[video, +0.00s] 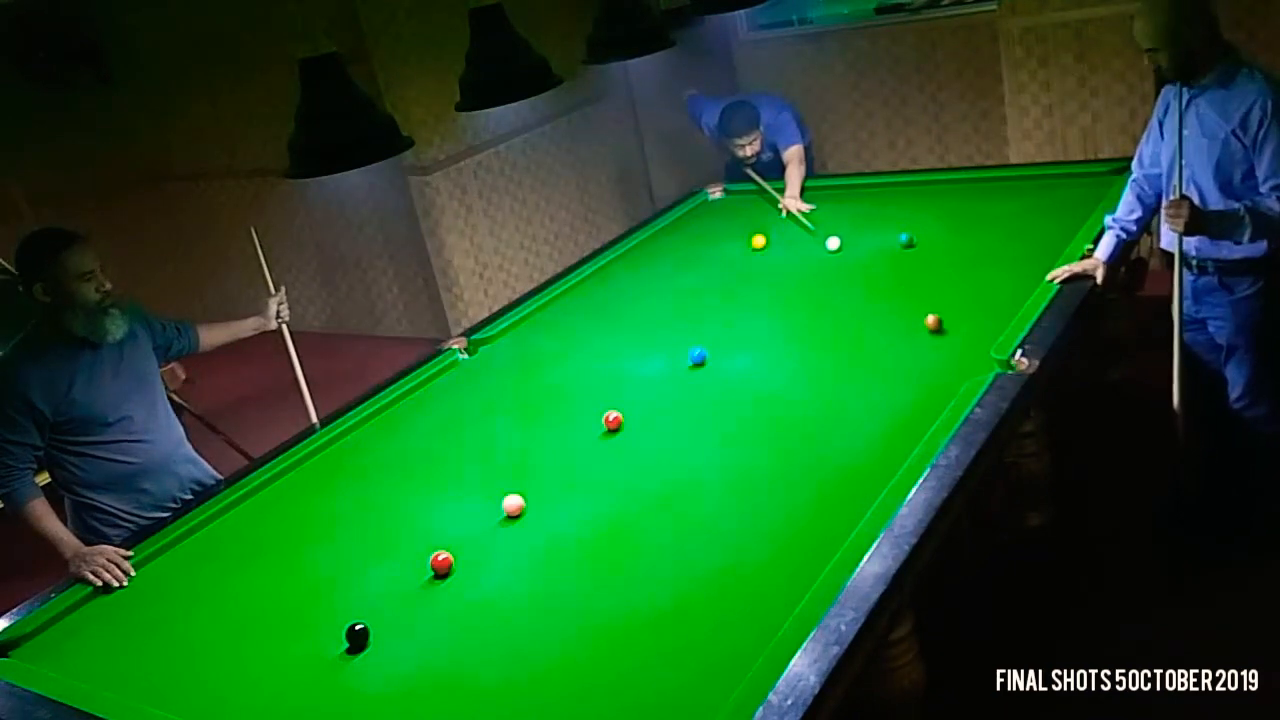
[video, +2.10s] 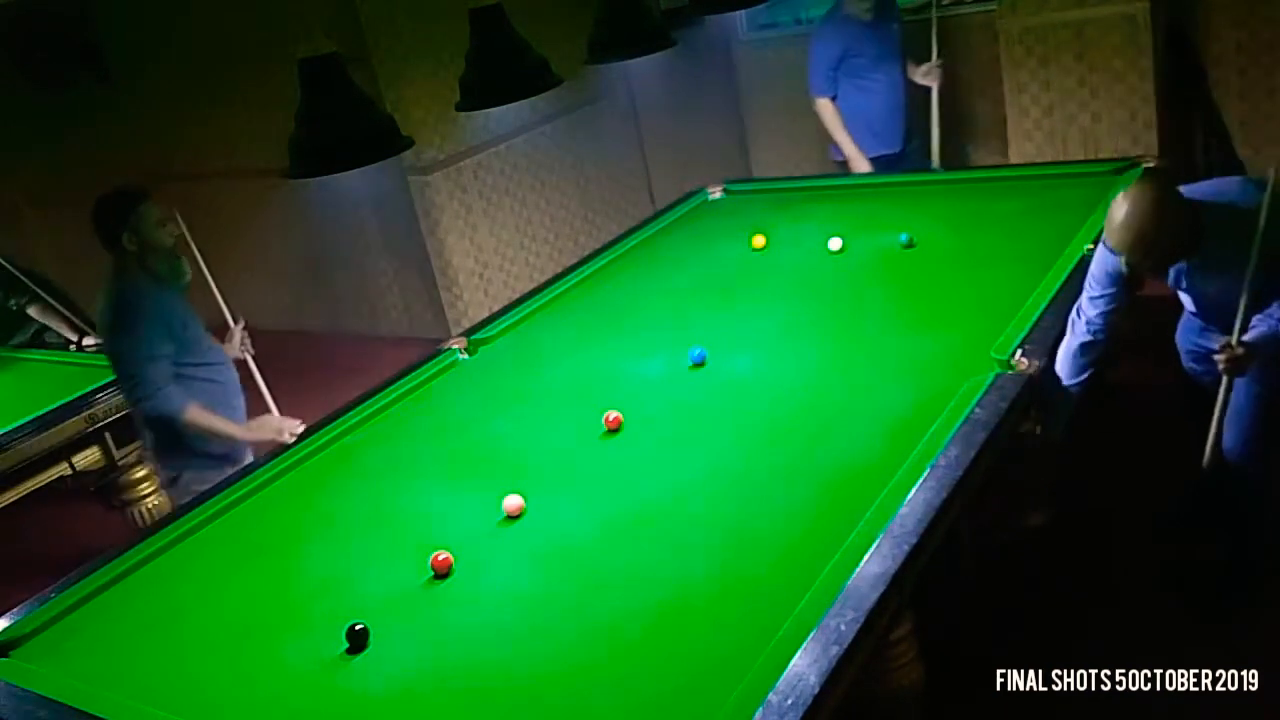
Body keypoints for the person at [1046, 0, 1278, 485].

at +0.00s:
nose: (1151, 63)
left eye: (1157, 52)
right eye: (1146, 52)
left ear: (1193, 39)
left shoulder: (1258, 101)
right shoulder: (1173, 96)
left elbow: (1277, 213)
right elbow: (1145, 179)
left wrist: (1209, 221)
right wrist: (1104, 254)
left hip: (1245, 284)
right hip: (1187, 279)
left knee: (1248, 407)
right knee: (1199, 405)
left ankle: (1258, 520)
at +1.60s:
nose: (1150, 117)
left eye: (1159, 106)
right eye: (1144, 106)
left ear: (1189, 91)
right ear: (1139, 95)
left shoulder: (1246, 137)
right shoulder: (1139, 127)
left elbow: (1272, 241)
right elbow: (1118, 203)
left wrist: (1218, 291)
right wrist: (1104, 266)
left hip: (1234, 304)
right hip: (1174, 299)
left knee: (1227, 419)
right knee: (1178, 411)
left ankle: (1241, 527)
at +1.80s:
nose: (1152, 184)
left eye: (1161, 175)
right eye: (1143, 173)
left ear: (1195, 155)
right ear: (1136, 152)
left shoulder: (1259, 174)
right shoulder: (1132, 174)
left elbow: (1276, 273)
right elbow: (1107, 253)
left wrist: (1229, 324)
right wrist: (1097, 332)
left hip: (1248, 311)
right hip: (1184, 299)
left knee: (1228, 439)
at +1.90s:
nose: (1151, 222)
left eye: (1157, 212)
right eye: (1140, 214)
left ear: (1185, 190)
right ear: (1128, 190)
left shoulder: (1257, 189)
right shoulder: (1126, 200)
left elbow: (1278, 282)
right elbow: (1101, 279)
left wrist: (1238, 332)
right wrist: (1089, 362)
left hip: (1255, 319)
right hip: (1192, 310)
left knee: (1231, 443)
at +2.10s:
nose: (1132, 270)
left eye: (1142, 259)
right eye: (1125, 257)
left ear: (1172, 241)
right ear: (1117, 234)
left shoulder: (1247, 221)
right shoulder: (1127, 229)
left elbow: (1279, 303)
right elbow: (1095, 309)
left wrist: (1256, 344)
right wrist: (1068, 377)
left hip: (1263, 336)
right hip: (1203, 320)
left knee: (1238, 456)